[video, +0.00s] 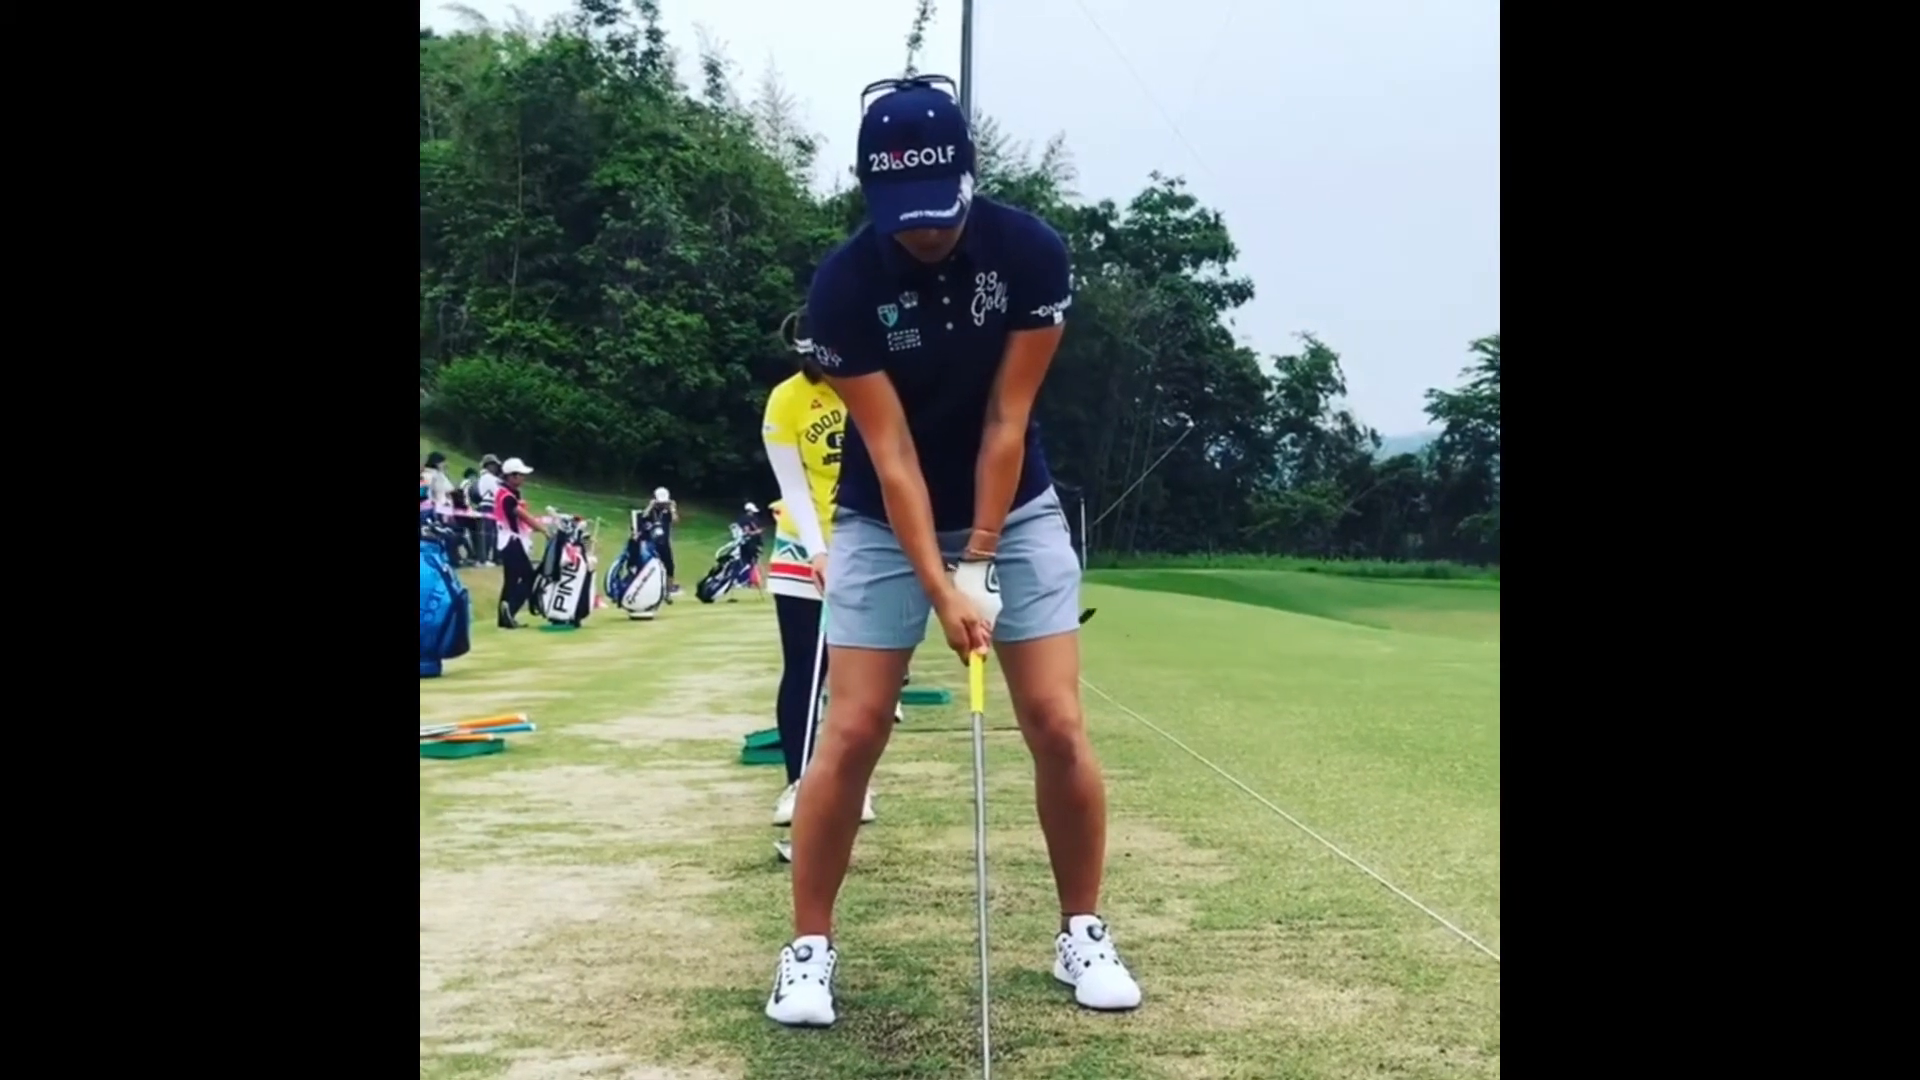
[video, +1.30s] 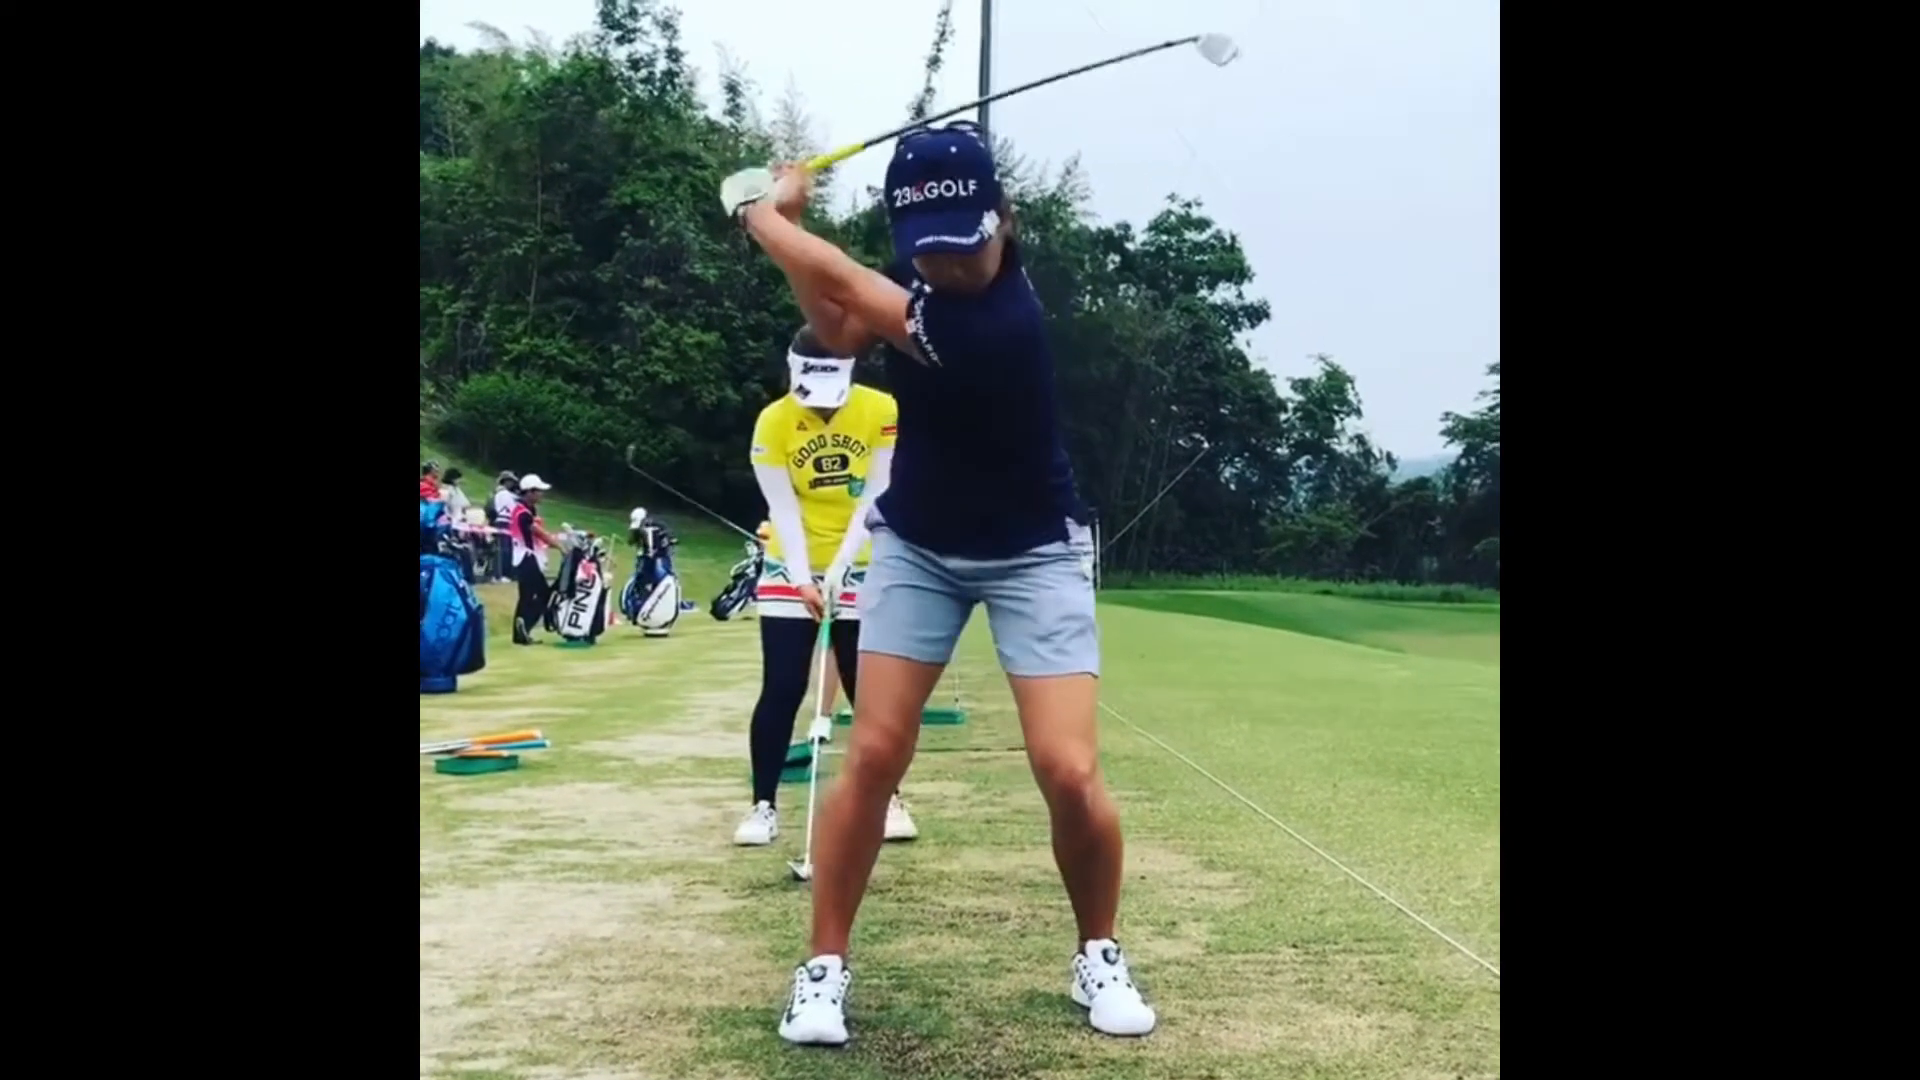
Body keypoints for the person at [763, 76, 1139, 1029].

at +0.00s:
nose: (928, 228)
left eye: (943, 207)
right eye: (908, 211)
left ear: (970, 176)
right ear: (875, 188)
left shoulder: (1029, 253)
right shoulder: (841, 286)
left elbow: (1009, 417)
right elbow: (891, 456)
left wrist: (980, 558)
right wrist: (939, 585)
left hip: (1012, 505)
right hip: (882, 513)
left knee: (1058, 725)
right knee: (855, 729)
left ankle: (1083, 933)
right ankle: (809, 946)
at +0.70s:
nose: (941, 247)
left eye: (958, 226)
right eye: (922, 229)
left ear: (986, 203)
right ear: (892, 207)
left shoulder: (1032, 296)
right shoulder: (847, 292)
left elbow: (971, 457)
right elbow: (858, 450)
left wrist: (919, 600)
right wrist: (865, 602)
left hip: (1013, 530)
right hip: (891, 535)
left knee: (1066, 741)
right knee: (858, 743)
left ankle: (1100, 942)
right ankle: (825, 954)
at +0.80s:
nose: (941, 250)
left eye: (959, 232)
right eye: (924, 232)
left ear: (990, 207)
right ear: (893, 207)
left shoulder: (1016, 310)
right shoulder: (852, 278)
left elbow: (903, 465)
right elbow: (823, 426)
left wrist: (808, 582)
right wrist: (767, 563)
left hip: (1017, 536)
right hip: (894, 539)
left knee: (1068, 748)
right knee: (863, 736)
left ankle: (1101, 944)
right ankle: (826, 956)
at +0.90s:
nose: (939, 253)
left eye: (957, 234)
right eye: (921, 234)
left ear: (991, 212)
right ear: (896, 209)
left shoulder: (999, 322)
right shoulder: (875, 260)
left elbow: (833, 416)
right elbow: (797, 375)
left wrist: (698, 487)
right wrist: (685, 453)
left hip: (1017, 541)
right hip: (895, 541)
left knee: (1068, 757)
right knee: (867, 736)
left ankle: (1103, 946)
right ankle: (828, 958)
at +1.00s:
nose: (936, 255)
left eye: (957, 237)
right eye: (920, 235)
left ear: (993, 217)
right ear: (897, 211)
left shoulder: (981, 321)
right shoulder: (896, 250)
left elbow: (790, 344)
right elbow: (808, 332)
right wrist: (682, 325)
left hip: (1017, 545)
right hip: (898, 541)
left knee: (1064, 764)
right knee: (869, 733)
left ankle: (1103, 947)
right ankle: (828, 958)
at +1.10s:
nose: (930, 250)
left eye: (952, 233)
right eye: (915, 230)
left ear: (989, 217)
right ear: (891, 212)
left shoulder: (980, 314)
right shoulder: (899, 269)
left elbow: (823, 310)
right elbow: (818, 305)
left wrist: (719, 230)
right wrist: (736, 230)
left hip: (1016, 550)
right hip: (897, 544)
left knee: (1059, 771)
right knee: (871, 737)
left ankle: (1103, 950)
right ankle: (828, 962)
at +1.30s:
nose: (954, 260)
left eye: (970, 238)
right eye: (932, 244)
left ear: (1000, 216)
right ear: (904, 231)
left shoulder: (1002, 316)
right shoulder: (911, 288)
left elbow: (842, 283)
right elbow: (837, 329)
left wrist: (758, 212)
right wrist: (785, 226)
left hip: (1036, 556)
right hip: (917, 551)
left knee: (1071, 774)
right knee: (874, 750)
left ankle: (1099, 953)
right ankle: (825, 964)